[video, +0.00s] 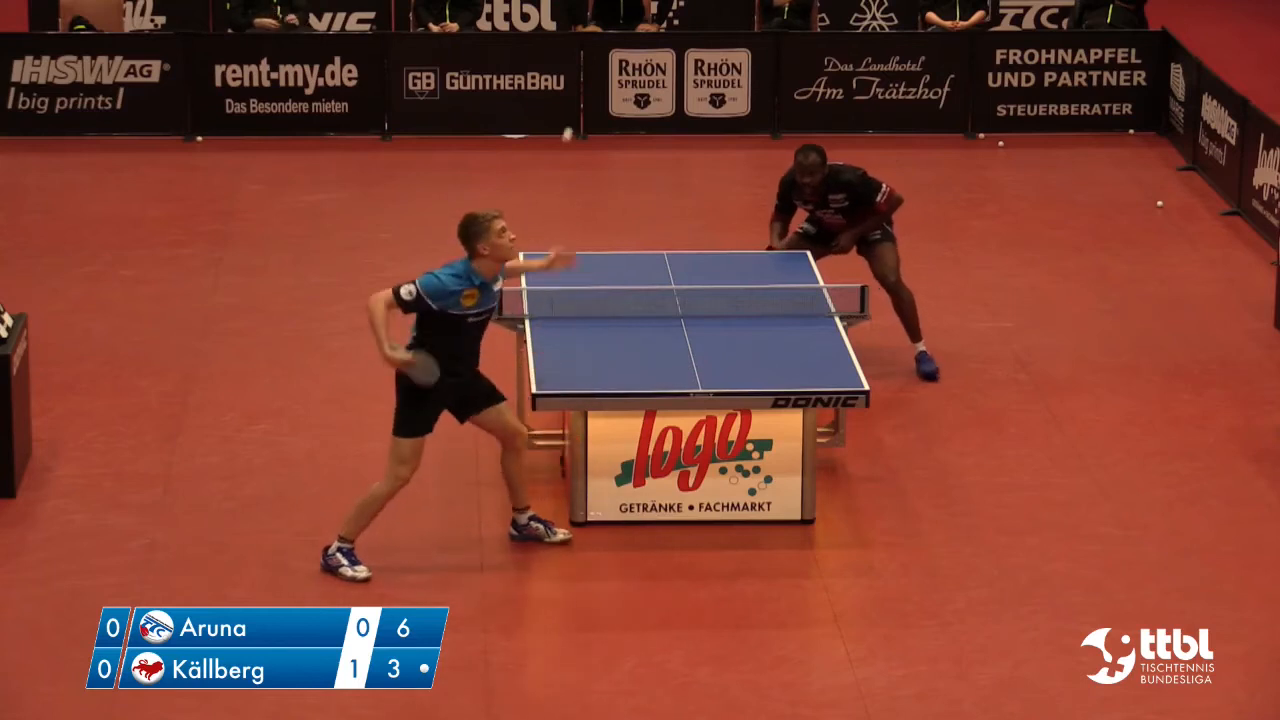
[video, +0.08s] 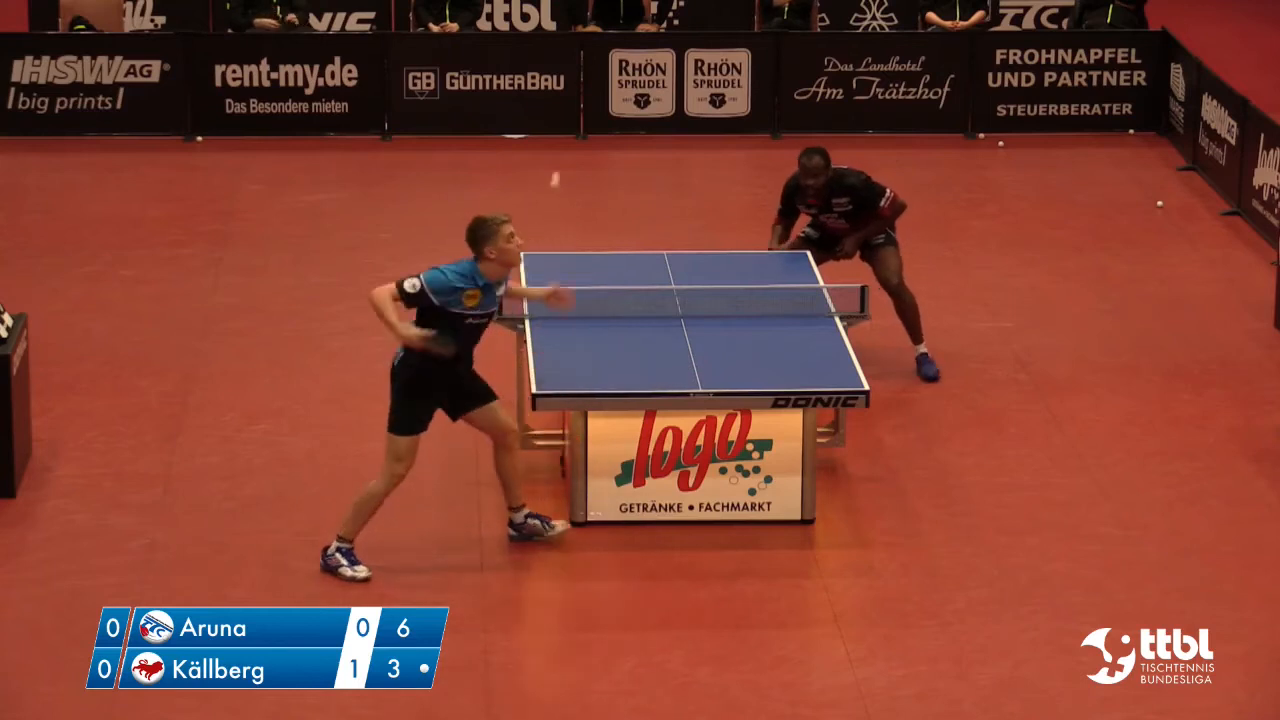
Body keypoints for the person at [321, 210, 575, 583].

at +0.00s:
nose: (513, 238)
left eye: (508, 231)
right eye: (503, 235)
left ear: (491, 247)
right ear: (482, 248)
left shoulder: (492, 272)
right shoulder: (444, 281)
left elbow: (508, 266)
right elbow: (379, 301)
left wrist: (545, 264)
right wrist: (386, 349)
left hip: (463, 377)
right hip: (422, 381)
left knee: (516, 435)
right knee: (400, 473)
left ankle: (523, 520)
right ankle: (339, 549)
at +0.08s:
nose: (519, 243)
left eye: (516, 237)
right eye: (511, 240)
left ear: (496, 252)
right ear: (489, 252)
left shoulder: (496, 280)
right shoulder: (447, 280)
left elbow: (503, 292)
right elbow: (381, 294)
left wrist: (542, 294)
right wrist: (401, 330)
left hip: (456, 373)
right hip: (416, 375)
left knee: (506, 432)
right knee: (395, 471)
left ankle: (520, 519)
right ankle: (338, 548)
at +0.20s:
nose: (544, 270)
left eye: (543, 263)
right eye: (539, 264)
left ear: (517, 269)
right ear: (516, 270)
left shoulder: (510, 296)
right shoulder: (466, 288)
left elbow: (493, 321)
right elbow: (406, 312)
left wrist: (520, 342)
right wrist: (450, 325)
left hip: (448, 371)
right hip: (412, 372)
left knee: (510, 417)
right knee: (395, 472)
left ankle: (495, 505)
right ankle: (339, 548)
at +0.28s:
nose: (565, 306)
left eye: (567, 299)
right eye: (561, 298)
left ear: (542, 296)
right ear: (538, 294)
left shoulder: (520, 317)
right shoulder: (496, 297)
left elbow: (502, 369)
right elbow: (434, 307)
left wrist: (507, 362)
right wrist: (483, 337)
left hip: (452, 378)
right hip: (418, 378)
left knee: (513, 420)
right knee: (406, 479)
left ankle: (477, 506)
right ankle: (342, 547)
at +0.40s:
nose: (581, 318)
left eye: (583, 312)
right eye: (580, 311)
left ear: (558, 299)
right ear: (565, 303)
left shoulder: (528, 316)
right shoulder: (526, 306)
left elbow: (474, 319)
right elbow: (549, 305)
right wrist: (579, 330)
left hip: (463, 390)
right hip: (438, 391)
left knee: (520, 441)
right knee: (465, 492)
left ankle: (486, 531)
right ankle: (373, 523)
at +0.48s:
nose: (581, 303)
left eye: (582, 298)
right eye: (582, 297)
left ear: (547, 288)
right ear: (574, 296)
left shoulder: (513, 307)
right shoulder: (553, 310)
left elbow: (458, 317)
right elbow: (598, 310)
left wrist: (452, 363)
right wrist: (630, 300)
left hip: (449, 386)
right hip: (463, 397)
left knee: (523, 439)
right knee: (516, 487)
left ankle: (486, 529)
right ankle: (422, 510)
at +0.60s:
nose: (582, 287)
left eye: (582, 282)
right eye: (581, 282)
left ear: (545, 280)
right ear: (576, 283)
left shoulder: (513, 302)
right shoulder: (573, 310)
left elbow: (450, 317)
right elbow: (632, 319)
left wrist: (455, 358)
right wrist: (661, 298)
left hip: (460, 389)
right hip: (496, 395)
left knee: (499, 441)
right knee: (571, 462)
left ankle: (484, 527)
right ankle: (523, 537)